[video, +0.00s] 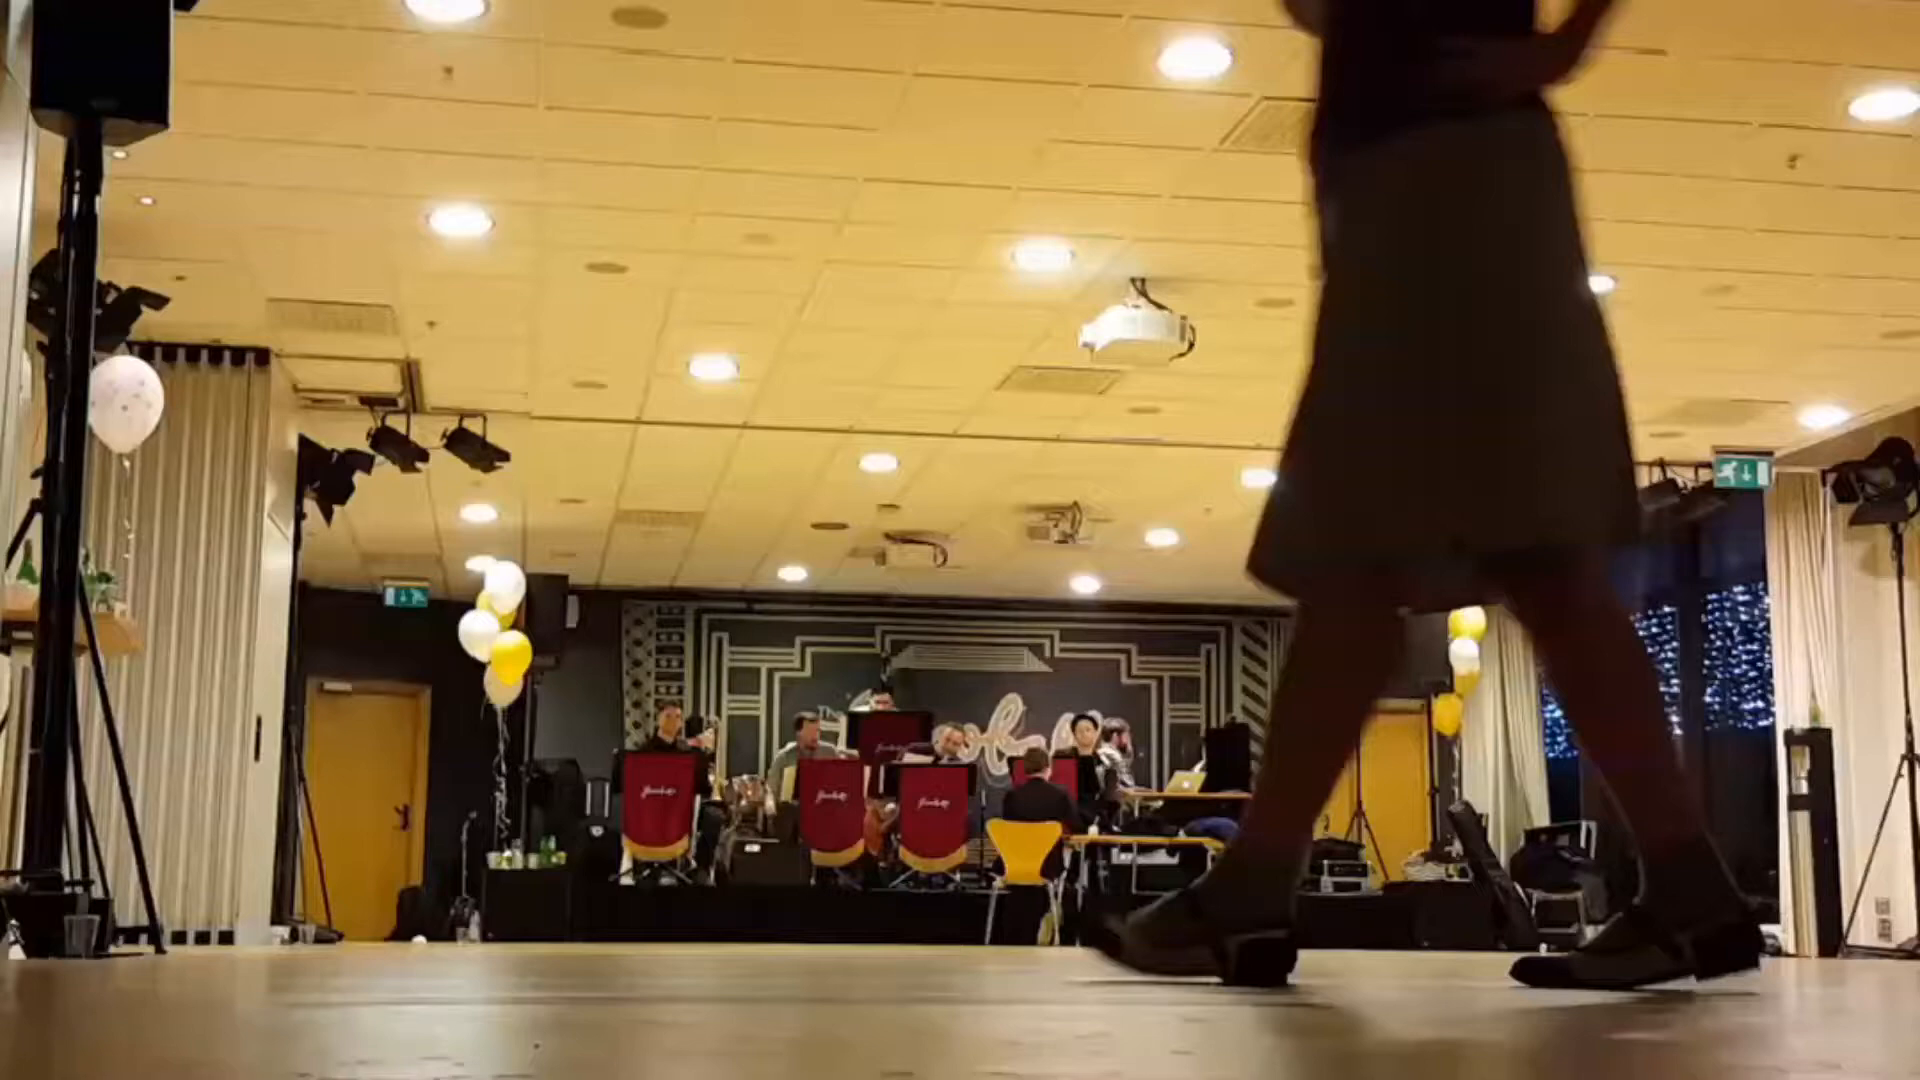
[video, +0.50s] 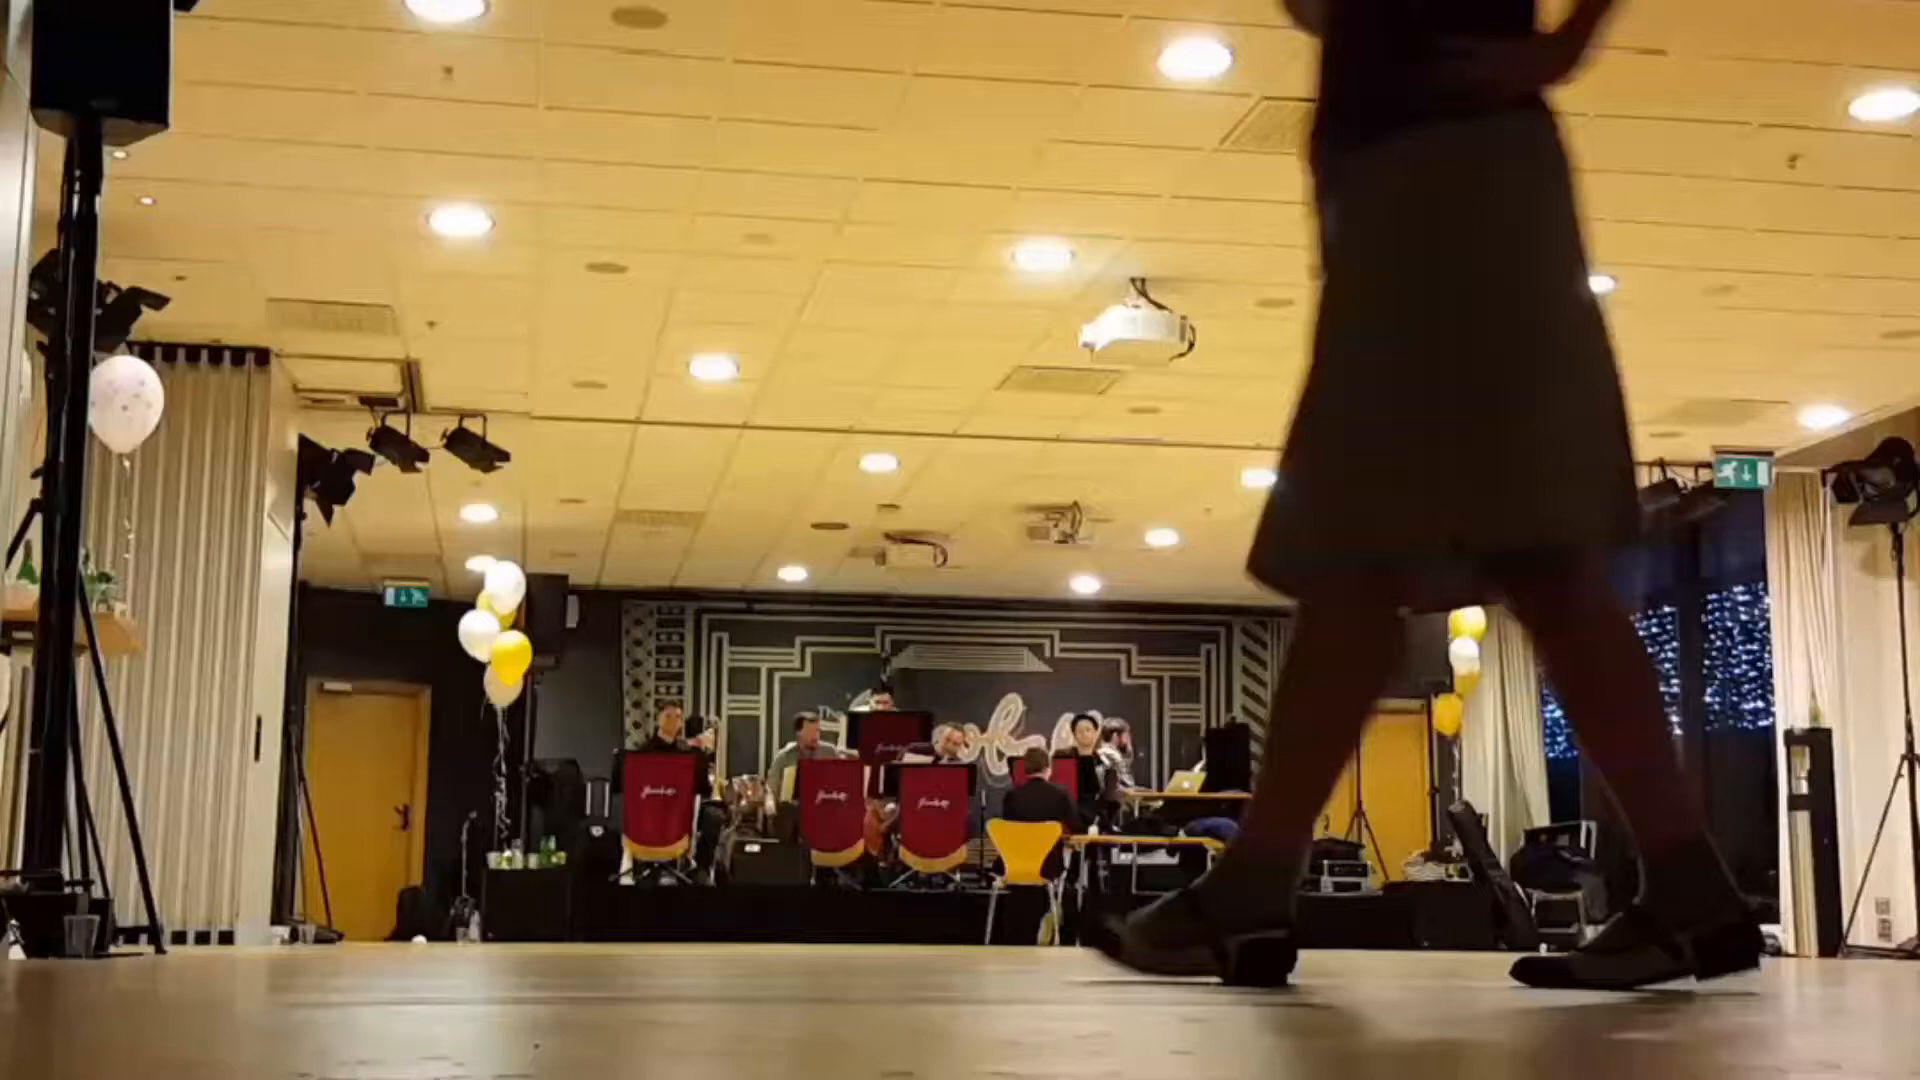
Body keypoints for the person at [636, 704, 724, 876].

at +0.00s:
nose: (672, 722)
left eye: (677, 717)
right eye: (667, 716)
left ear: (682, 723)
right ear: (658, 719)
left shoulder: (692, 754)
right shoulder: (644, 752)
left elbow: (704, 791)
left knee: (714, 816)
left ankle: (703, 868)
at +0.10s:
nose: (672, 722)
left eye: (677, 717)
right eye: (667, 716)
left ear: (682, 722)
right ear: (658, 719)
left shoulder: (692, 754)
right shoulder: (644, 752)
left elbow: (704, 790)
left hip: (683, 814)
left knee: (714, 816)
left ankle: (703, 868)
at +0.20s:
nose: (672, 721)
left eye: (677, 717)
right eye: (667, 716)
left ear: (682, 723)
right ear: (658, 719)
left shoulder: (692, 754)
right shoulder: (644, 752)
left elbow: (704, 790)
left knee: (714, 817)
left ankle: (703, 868)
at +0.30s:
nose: (672, 721)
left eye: (677, 717)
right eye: (667, 716)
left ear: (682, 723)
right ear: (658, 719)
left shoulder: (692, 754)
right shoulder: (644, 752)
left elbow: (704, 790)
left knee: (714, 817)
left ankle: (703, 868)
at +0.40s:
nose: (672, 721)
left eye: (677, 717)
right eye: (667, 716)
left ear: (682, 723)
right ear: (658, 719)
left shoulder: (692, 754)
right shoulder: (644, 752)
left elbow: (704, 790)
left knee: (714, 817)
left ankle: (703, 868)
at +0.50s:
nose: (672, 722)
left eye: (677, 717)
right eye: (667, 716)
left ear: (682, 722)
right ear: (658, 719)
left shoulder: (692, 754)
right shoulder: (644, 752)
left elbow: (704, 790)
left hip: (683, 814)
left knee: (714, 816)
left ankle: (703, 868)